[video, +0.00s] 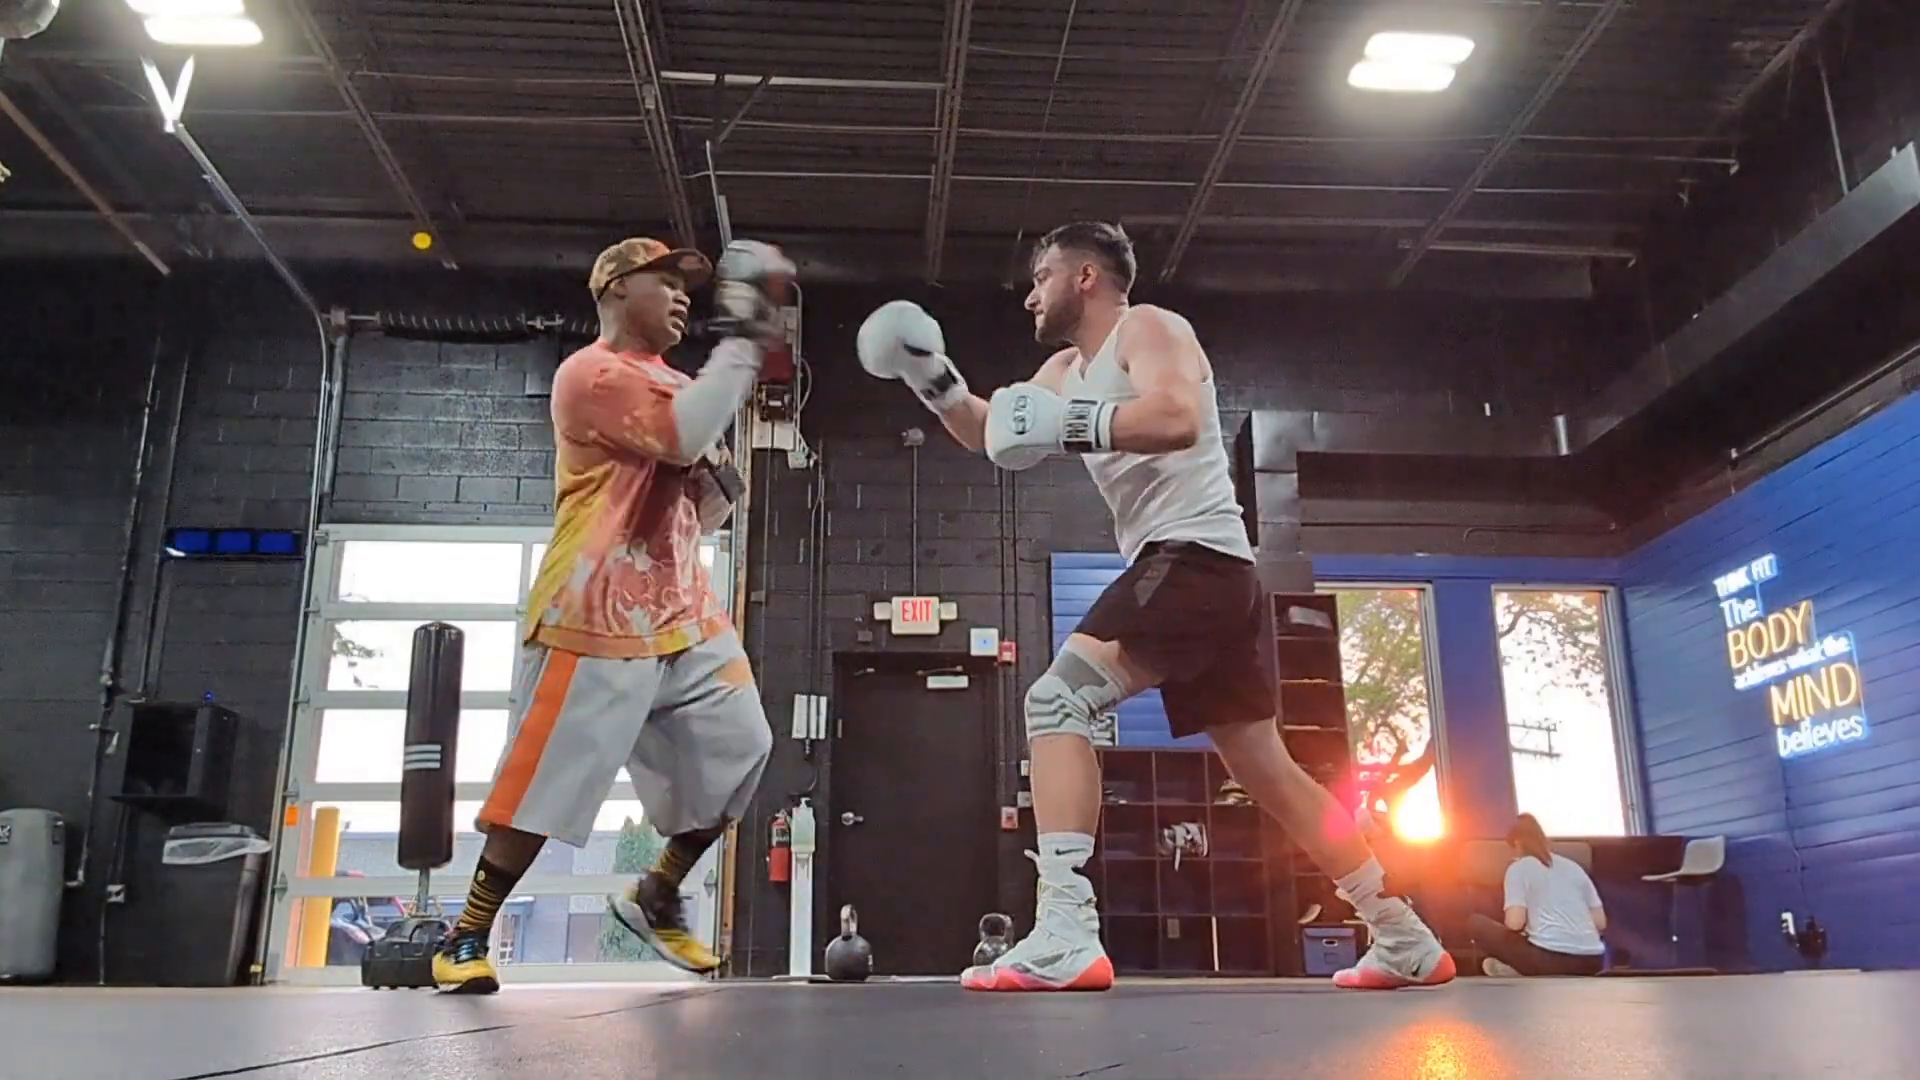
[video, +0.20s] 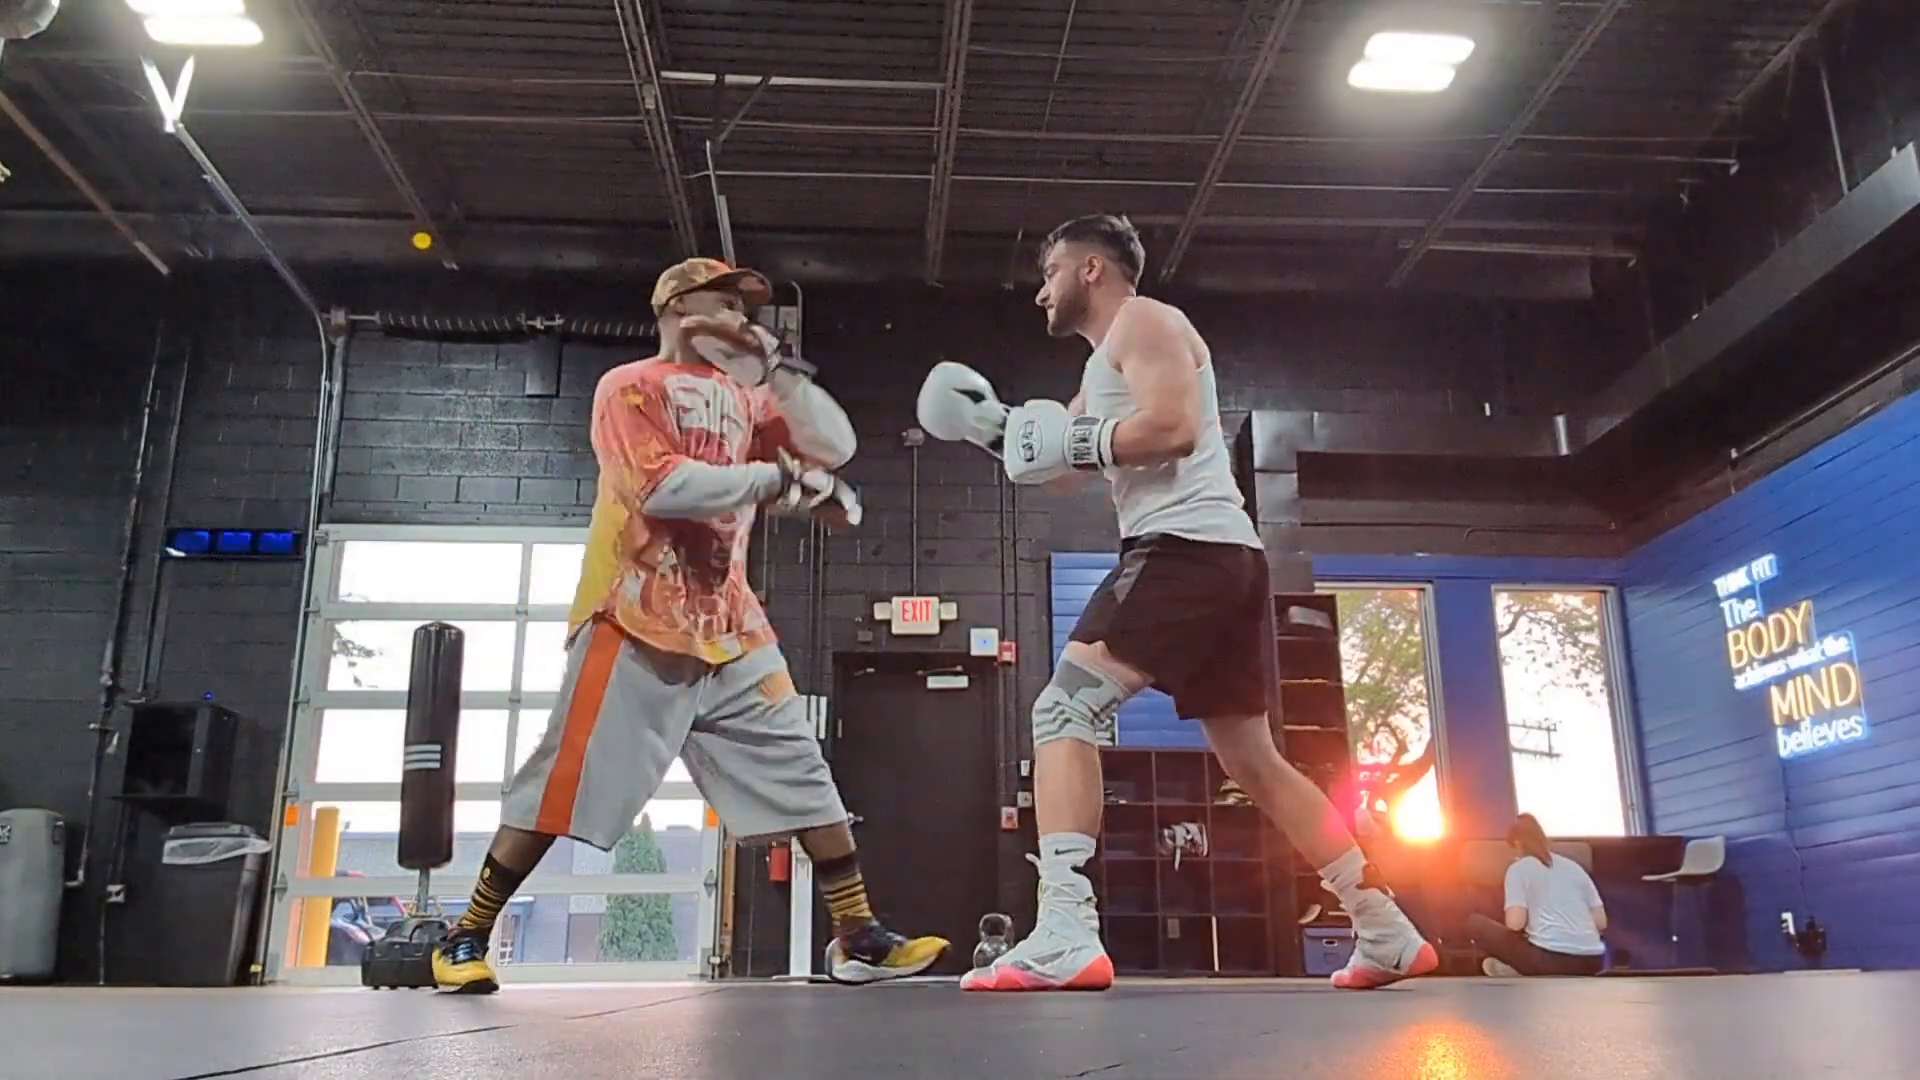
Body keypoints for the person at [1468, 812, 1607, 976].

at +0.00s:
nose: (1513, 853)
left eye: (1512, 848)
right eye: (1511, 849)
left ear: (1518, 844)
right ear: (1542, 839)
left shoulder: (1518, 869)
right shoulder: (1574, 867)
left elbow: (1515, 923)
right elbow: (1600, 921)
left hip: (1549, 961)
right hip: (1592, 962)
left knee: (1475, 923)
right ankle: (1514, 966)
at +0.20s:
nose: (1513, 853)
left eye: (1512, 848)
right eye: (1511, 849)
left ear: (1518, 844)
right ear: (1542, 839)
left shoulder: (1519, 869)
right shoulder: (1574, 867)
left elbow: (1516, 923)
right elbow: (1600, 921)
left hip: (1549, 961)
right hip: (1592, 962)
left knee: (1475, 923)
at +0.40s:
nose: (1514, 853)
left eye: (1513, 848)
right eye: (1512, 848)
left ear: (1518, 844)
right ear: (1543, 839)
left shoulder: (1519, 870)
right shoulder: (1575, 867)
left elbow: (1518, 923)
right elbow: (1601, 921)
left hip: (1550, 961)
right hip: (1592, 962)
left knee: (1476, 923)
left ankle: (1508, 963)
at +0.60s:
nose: (1514, 853)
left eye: (1513, 847)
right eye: (1512, 848)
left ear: (1519, 844)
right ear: (1543, 839)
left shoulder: (1520, 870)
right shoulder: (1575, 868)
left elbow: (1518, 923)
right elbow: (1600, 921)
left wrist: (1508, 924)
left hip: (1550, 961)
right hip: (1592, 962)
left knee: (1475, 923)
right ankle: (1511, 965)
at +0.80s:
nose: (1515, 853)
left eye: (1514, 848)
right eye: (1513, 848)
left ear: (1519, 844)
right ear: (1543, 839)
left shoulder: (1520, 870)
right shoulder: (1575, 867)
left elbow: (1519, 924)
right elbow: (1601, 922)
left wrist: (1508, 920)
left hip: (1550, 961)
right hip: (1592, 962)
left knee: (1475, 923)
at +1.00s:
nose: (1515, 853)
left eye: (1513, 848)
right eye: (1513, 848)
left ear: (1518, 844)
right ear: (1544, 839)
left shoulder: (1520, 869)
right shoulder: (1575, 867)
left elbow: (1519, 924)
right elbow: (1601, 922)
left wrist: (1508, 920)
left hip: (1550, 961)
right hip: (1592, 962)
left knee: (1475, 923)